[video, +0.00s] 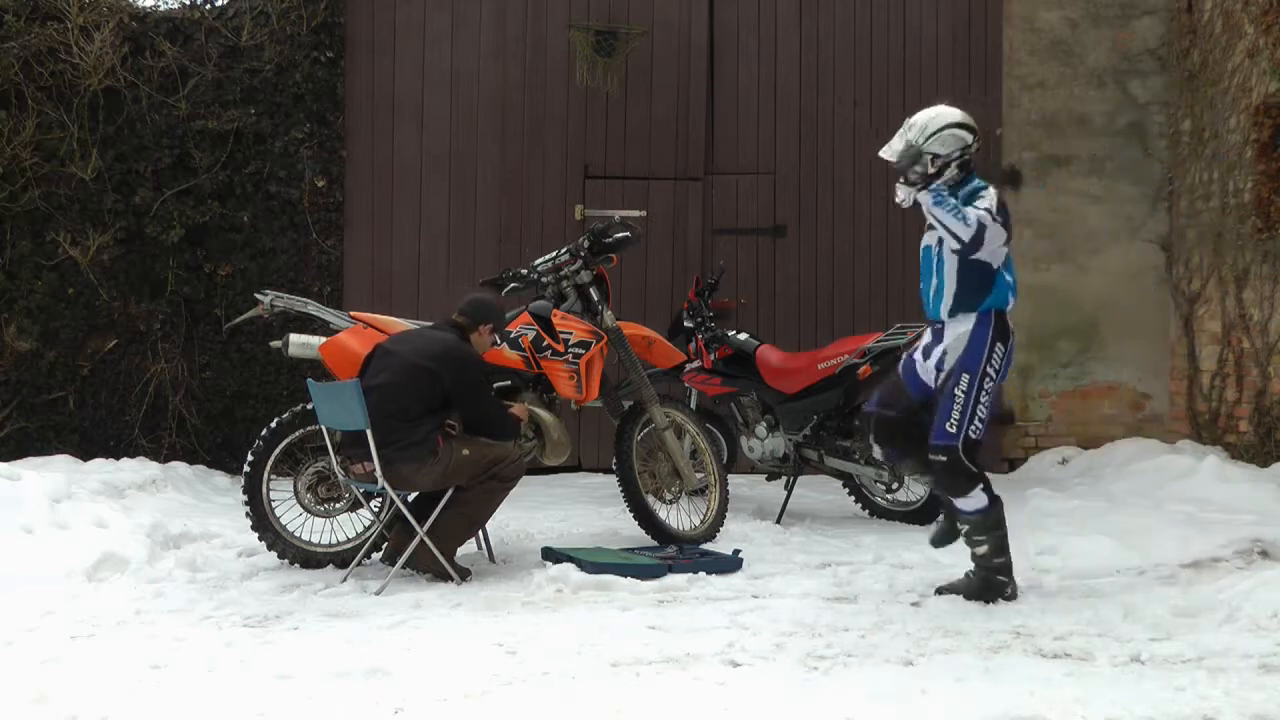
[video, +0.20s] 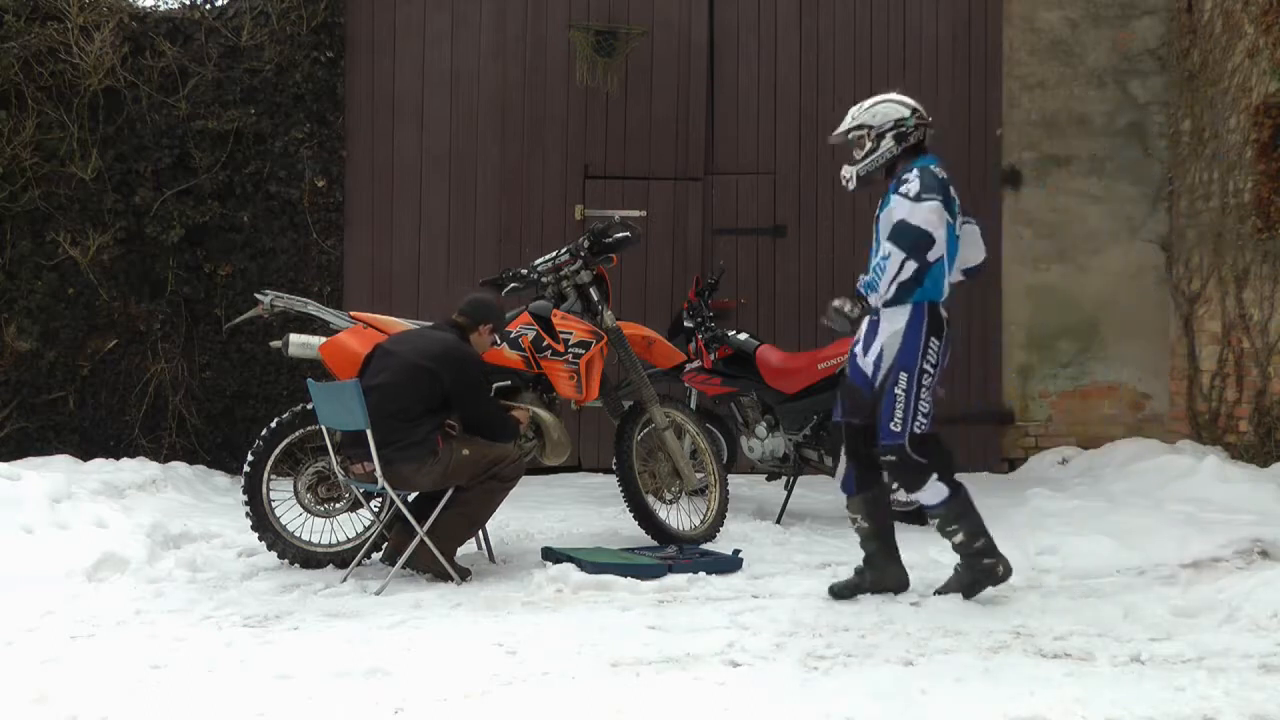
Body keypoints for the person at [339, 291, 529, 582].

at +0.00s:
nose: (492, 345)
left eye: (495, 339)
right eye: (494, 337)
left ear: (459, 317)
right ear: (484, 329)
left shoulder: (405, 337)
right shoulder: (461, 356)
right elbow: (494, 428)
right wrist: (514, 417)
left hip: (358, 454)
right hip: (401, 461)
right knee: (509, 463)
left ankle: (402, 543)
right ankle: (435, 551)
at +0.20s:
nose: (492, 345)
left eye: (495, 339)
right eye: (494, 338)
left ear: (459, 317)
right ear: (484, 329)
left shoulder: (405, 337)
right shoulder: (461, 357)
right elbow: (493, 429)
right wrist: (514, 420)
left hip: (357, 456)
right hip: (401, 461)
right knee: (508, 464)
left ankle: (402, 543)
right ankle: (435, 551)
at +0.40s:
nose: (492, 345)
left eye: (495, 338)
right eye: (493, 337)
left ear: (459, 317)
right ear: (483, 329)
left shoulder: (404, 337)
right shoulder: (461, 357)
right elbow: (485, 422)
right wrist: (516, 423)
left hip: (357, 456)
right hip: (400, 461)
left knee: (464, 453)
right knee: (508, 464)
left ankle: (402, 543)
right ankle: (435, 550)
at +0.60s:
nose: (491, 346)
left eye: (494, 339)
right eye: (493, 337)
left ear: (458, 318)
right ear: (483, 329)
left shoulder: (404, 337)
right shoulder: (462, 358)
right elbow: (489, 427)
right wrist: (515, 419)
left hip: (357, 456)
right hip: (400, 461)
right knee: (508, 464)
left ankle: (402, 543)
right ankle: (435, 550)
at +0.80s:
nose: (491, 346)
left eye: (494, 340)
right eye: (493, 338)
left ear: (458, 317)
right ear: (483, 329)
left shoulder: (403, 337)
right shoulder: (462, 358)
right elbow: (490, 428)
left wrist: (494, 409)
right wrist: (514, 418)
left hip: (357, 454)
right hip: (400, 461)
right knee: (508, 463)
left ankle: (402, 542)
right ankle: (435, 551)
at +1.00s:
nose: (490, 347)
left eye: (494, 340)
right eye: (493, 339)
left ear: (458, 317)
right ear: (483, 330)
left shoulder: (404, 337)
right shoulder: (461, 357)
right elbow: (490, 427)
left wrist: (492, 409)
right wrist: (514, 418)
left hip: (357, 454)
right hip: (401, 461)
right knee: (508, 463)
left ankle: (402, 542)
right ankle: (436, 551)